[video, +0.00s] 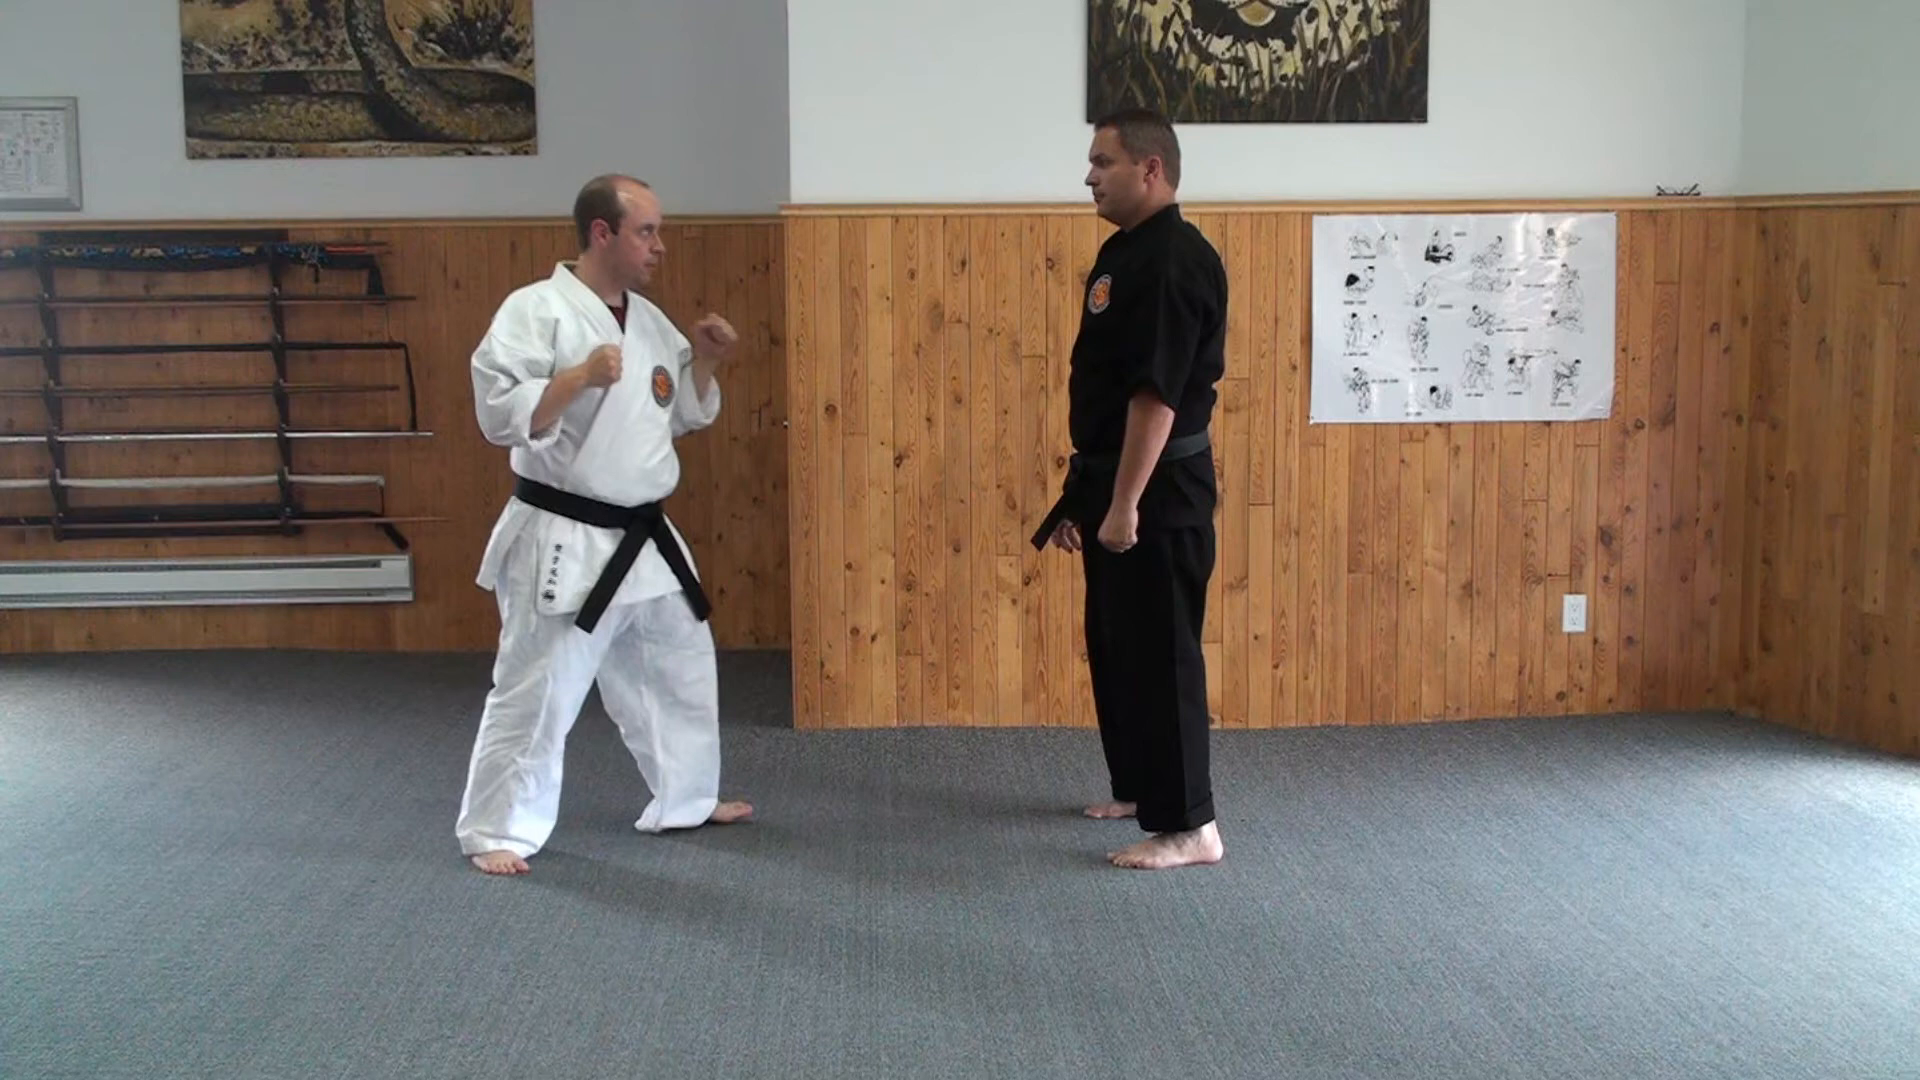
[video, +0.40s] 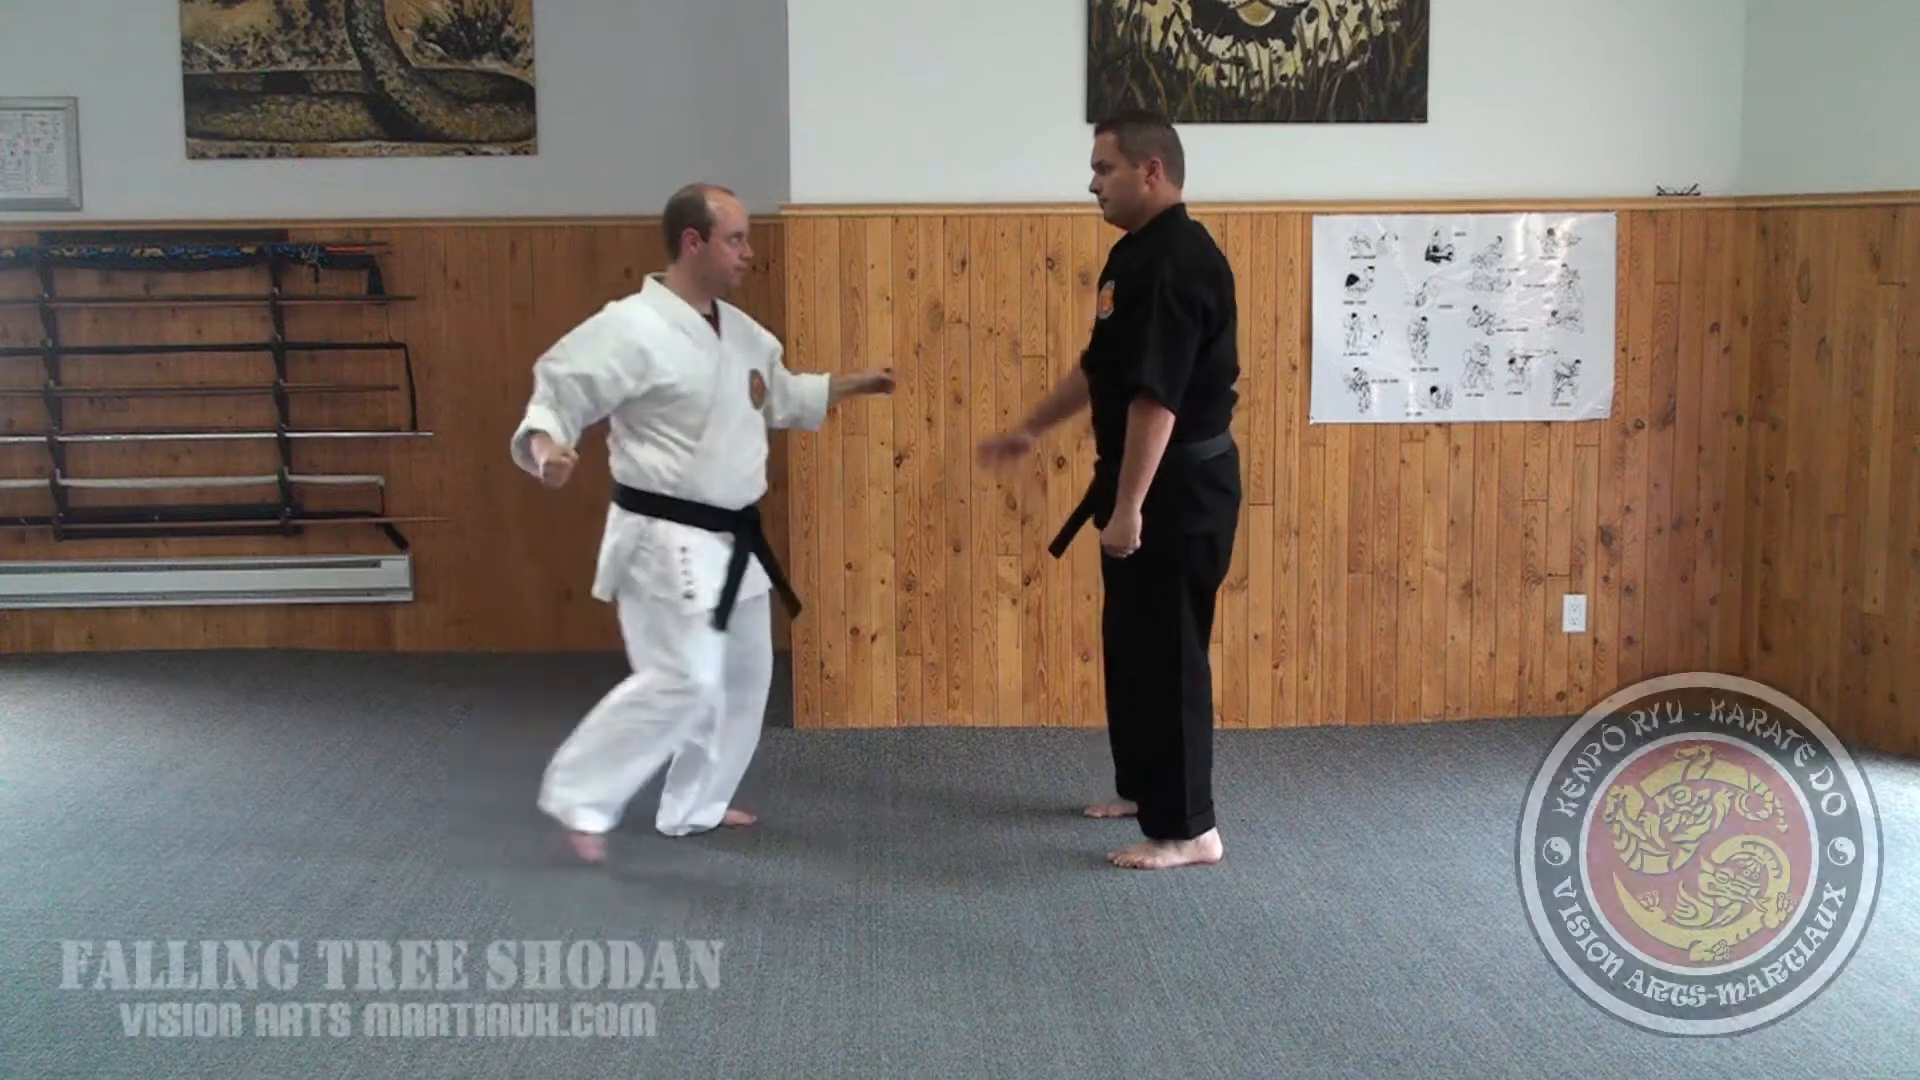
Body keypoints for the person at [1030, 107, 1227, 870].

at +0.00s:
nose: (1090, 175)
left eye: (1103, 163)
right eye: (1091, 162)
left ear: (1151, 169)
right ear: (1136, 170)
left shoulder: (1177, 257)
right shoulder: (1122, 252)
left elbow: (1161, 396)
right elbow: (1108, 389)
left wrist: (1126, 499)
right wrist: (1080, 492)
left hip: (1162, 490)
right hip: (1118, 488)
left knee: (1160, 658)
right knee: (1118, 652)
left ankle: (1190, 828)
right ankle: (1145, 789)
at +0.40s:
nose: (1094, 182)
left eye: (1104, 168)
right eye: (1094, 168)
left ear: (1152, 173)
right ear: (1142, 175)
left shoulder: (1178, 261)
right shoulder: (1137, 252)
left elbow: (1159, 399)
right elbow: (1099, 366)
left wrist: (1127, 502)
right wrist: (1031, 430)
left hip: (1181, 487)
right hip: (1143, 482)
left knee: (1170, 657)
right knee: (1134, 646)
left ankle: (1190, 830)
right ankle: (1146, 790)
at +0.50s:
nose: (1097, 188)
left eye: (1107, 172)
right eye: (1097, 173)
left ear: (1156, 175)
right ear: (1153, 178)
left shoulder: (1176, 265)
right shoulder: (1153, 253)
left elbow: (1153, 404)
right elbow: (1083, 333)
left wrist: (1123, 509)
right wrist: (987, 362)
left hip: (1195, 484)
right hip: (1171, 480)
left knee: (1179, 656)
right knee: (1150, 643)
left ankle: (1189, 831)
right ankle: (1157, 786)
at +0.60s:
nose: (1106, 192)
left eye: (1115, 178)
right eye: (1106, 177)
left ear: (1163, 178)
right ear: (1164, 179)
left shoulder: (1184, 269)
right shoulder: (1170, 255)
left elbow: (1145, 406)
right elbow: (1071, 293)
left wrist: (1108, 507)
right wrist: (963, 293)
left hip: (1204, 488)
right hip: (1202, 480)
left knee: (1170, 653)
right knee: (1189, 638)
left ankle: (1186, 832)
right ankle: (1211, 774)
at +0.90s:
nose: (1159, 208)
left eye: (1169, 194)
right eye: (1159, 195)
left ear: (1217, 193)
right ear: (1218, 194)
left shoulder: (1233, 270)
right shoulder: (1223, 249)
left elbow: (1118, 322)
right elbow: (1110, 270)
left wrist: (1029, 299)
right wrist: (1058, 232)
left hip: (1255, 496)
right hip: (1260, 487)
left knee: (1202, 647)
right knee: (1277, 630)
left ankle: (1195, 828)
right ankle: (1337, 773)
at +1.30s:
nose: (1201, 199)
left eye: (1210, 184)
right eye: (1201, 185)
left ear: (1257, 182)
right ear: (1264, 186)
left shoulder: (1253, 266)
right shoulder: (1316, 256)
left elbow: (1133, 281)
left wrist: (1022, 269)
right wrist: (1240, 458)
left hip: (1268, 486)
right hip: (1314, 475)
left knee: (1252, 643)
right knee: (1311, 625)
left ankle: (1278, 808)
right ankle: (1342, 774)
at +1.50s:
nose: (1211, 194)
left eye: (1220, 179)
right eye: (1210, 180)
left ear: (1269, 179)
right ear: (1275, 182)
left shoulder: (1259, 259)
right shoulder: (1326, 255)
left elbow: (1123, 268)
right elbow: (1308, 342)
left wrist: (1005, 259)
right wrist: (1227, 338)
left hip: (1268, 488)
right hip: (1262, 478)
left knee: (1254, 644)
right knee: (1198, 615)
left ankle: (1278, 810)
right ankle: (1325, 688)